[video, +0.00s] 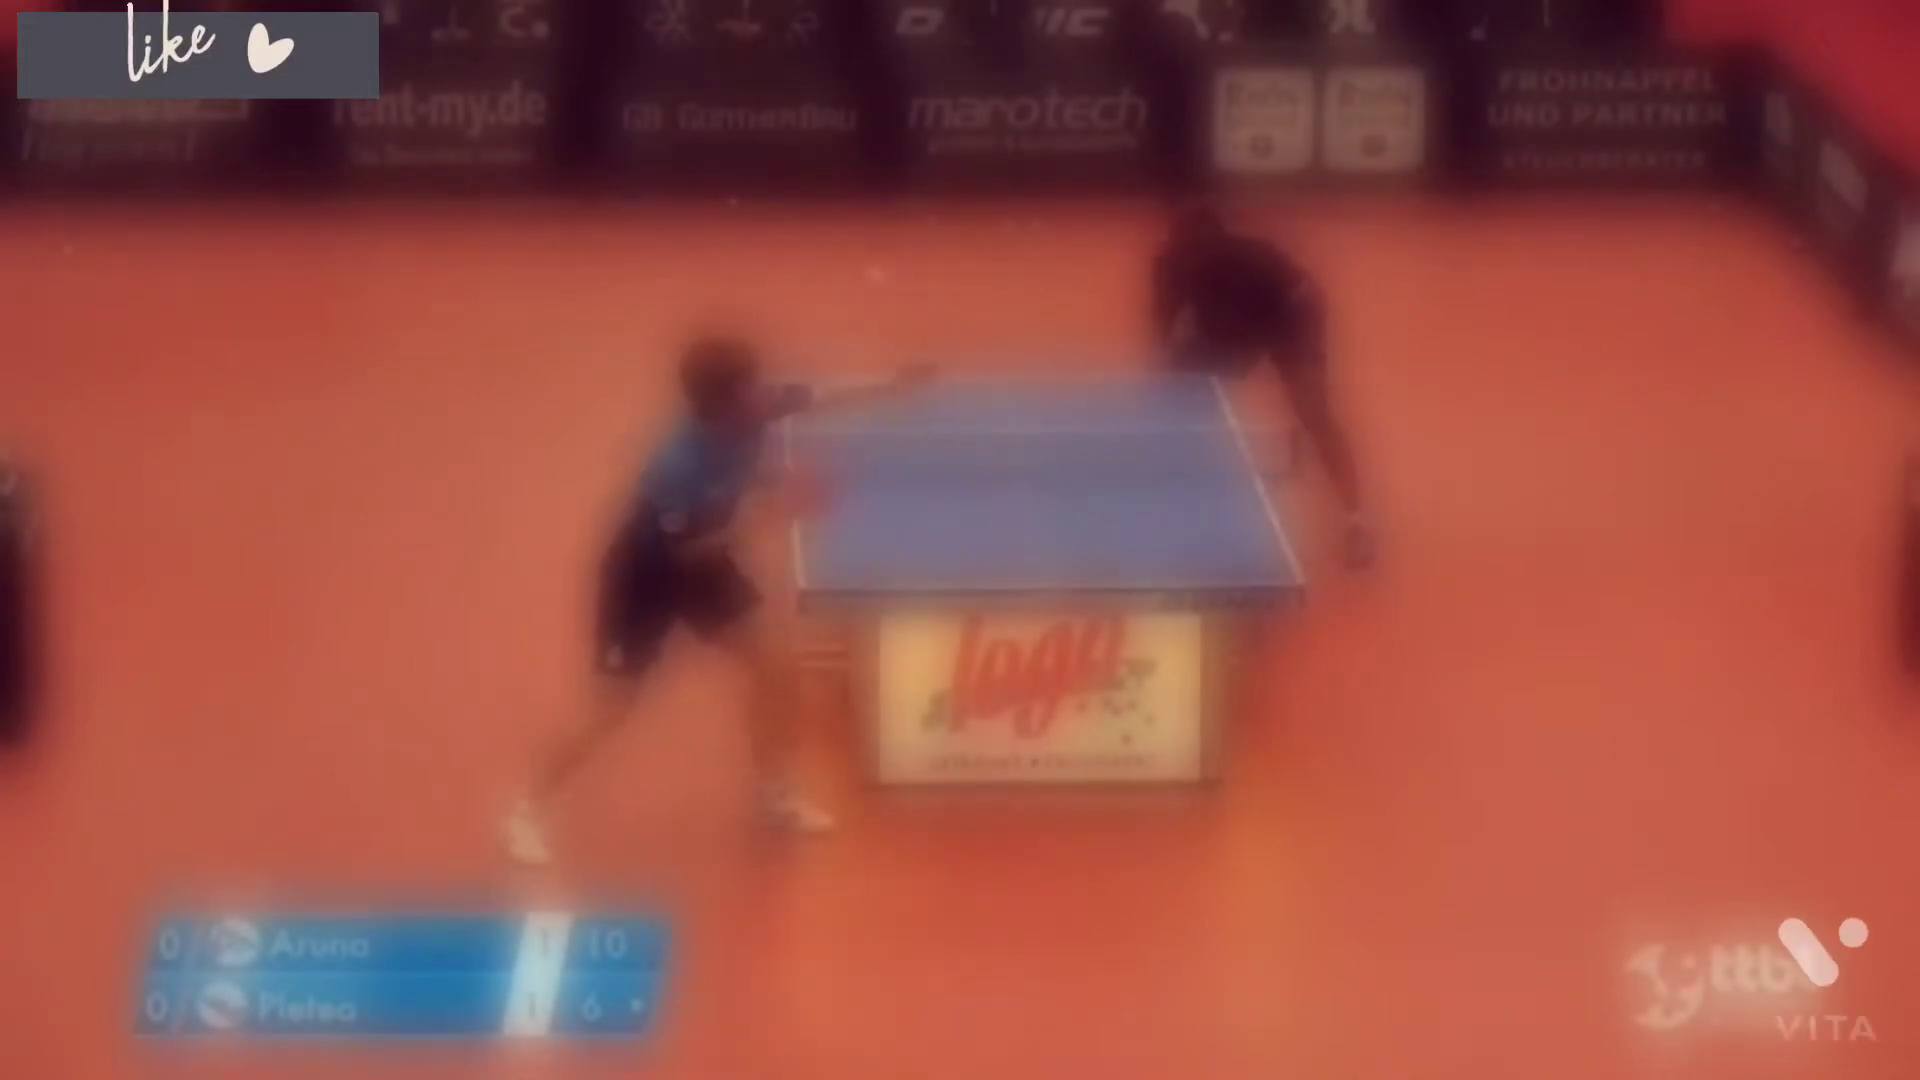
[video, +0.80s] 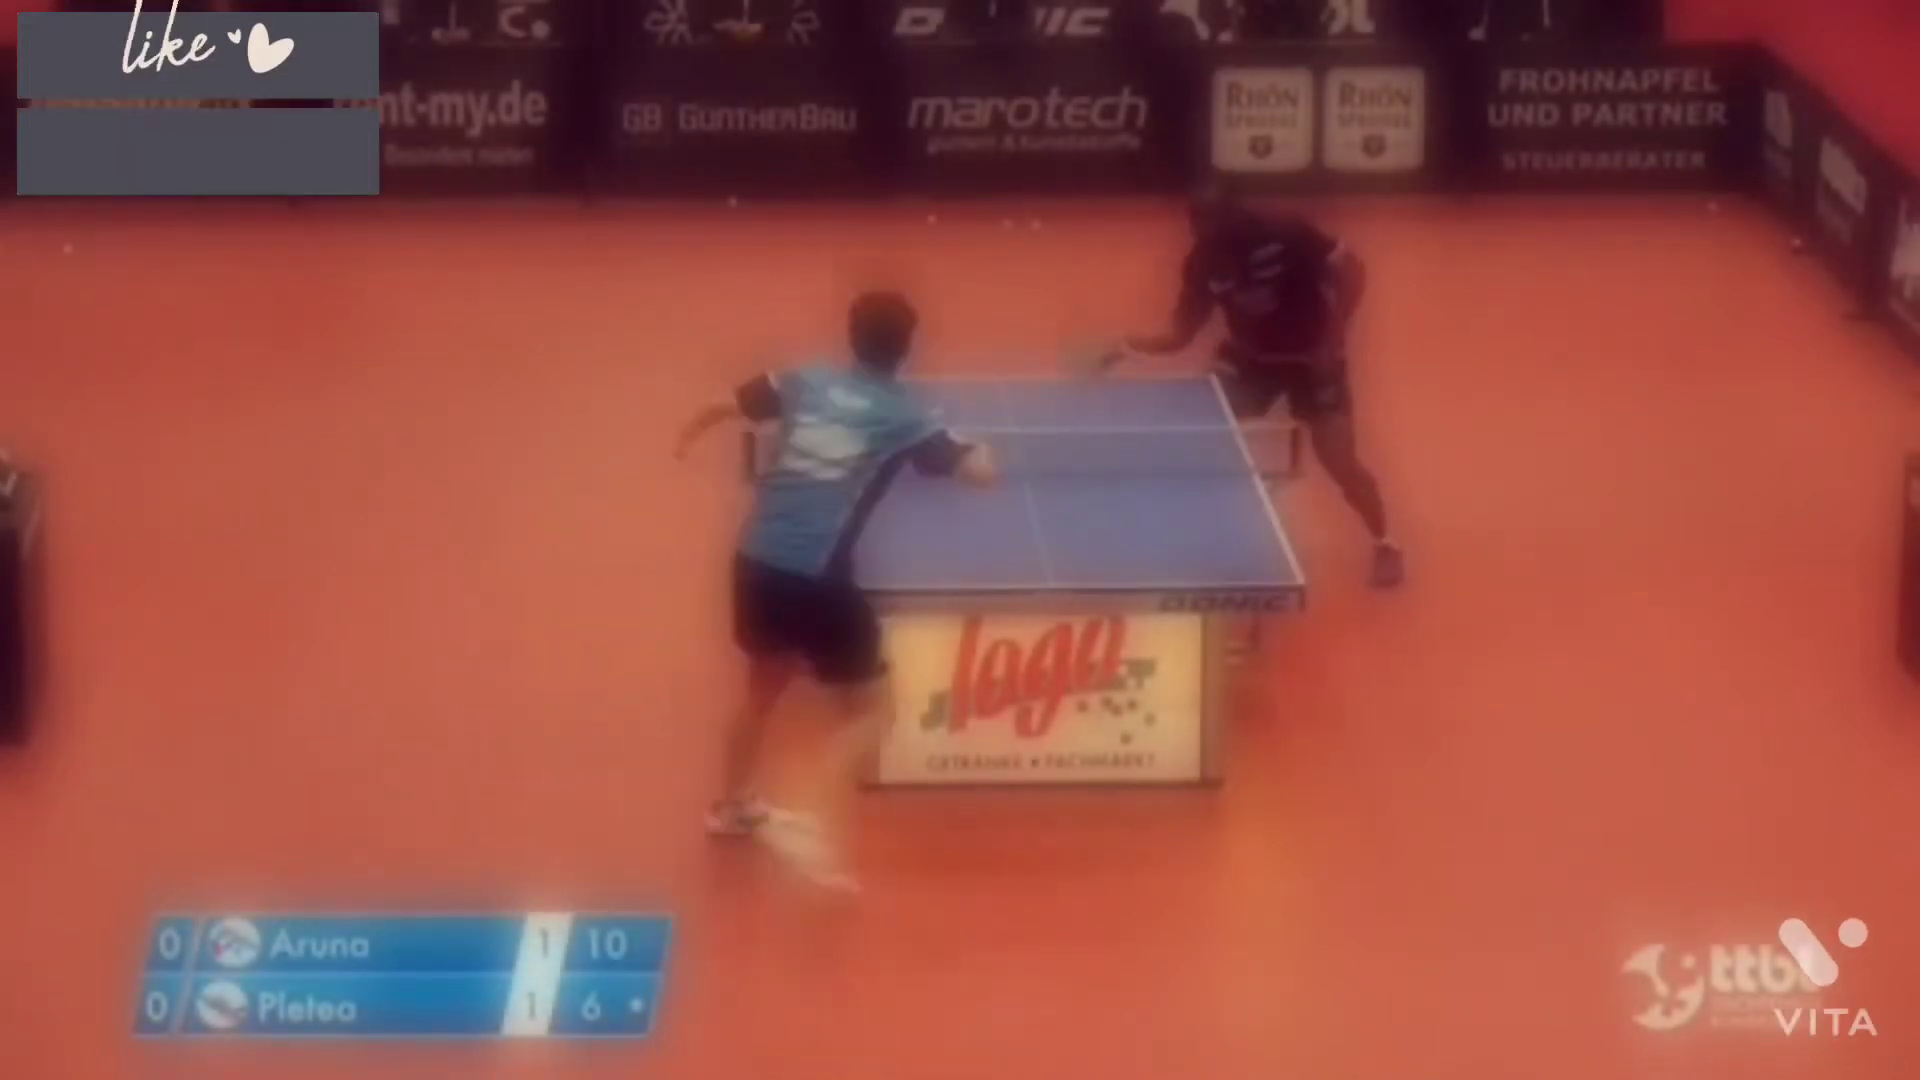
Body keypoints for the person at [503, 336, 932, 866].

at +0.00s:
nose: (754, 397)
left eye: (752, 386)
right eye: (744, 390)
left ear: (745, 392)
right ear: (716, 397)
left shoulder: (749, 417)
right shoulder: (685, 458)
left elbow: (814, 400)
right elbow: (685, 544)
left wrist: (891, 391)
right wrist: (766, 505)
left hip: (702, 560)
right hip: (644, 569)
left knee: (771, 662)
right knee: (614, 703)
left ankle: (776, 792)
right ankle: (531, 807)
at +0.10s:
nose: (743, 397)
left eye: (740, 386)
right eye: (732, 389)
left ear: (736, 386)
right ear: (704, 396)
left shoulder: (734, 420)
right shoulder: (662, 455)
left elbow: (797, 397)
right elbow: (629, 544)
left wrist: (879, 395)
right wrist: (710, 551)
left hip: (688, 563)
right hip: (626, 570)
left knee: (755, 665)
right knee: (595, 699)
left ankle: (772, 793)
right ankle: (524, 811)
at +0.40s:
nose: (777, 477)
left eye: (782, 467)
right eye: (772, 466)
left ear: (773, 457)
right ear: (749, 454)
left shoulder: (748, 469)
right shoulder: (687, 467)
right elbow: (601, 510)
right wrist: (668, 530)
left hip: (685, 562)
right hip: (622, 563)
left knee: (763, 638)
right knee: (591, 699)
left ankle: (712, 743)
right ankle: (520, 811)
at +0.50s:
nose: (832, 493)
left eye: (840, 484)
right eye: (835, 482)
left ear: (824, 456)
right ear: (818, 468)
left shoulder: (784, 454)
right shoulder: (755, 470)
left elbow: (752, 433)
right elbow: (678, 482)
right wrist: (718, 516)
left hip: (699, 576)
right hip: (644, 579)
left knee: (766, 673)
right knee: (614, 717)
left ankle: (732, 798)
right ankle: (528, 812)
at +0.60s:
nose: (876, 453)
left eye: (882, 442)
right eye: (877, 443)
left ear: (841, 416)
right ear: (862, 441)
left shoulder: (797, 430)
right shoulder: (787, 461)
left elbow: (742, 422)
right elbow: (776, 495)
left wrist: (679, 423)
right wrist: (822, 518)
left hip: (723, 582)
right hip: (670, 587)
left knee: (782, 681)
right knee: (660, 732)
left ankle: (732, 799)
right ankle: (548, 798)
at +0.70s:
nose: (891, 384)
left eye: (890, 372)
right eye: (890, 374)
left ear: (840, 364)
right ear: (883, 380)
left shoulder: (791, 398)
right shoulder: (848, 439)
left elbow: (724, 403)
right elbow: (897, 477)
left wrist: (659, 406)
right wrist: (934, 474)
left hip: (716, 570)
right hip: (746, 587)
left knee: (777, 697)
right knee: (775, 723)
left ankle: (736, 801)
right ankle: (641, 782)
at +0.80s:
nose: (901, 346)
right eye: (904, 337)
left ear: (853, 336)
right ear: (906, 345)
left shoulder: (809, 384)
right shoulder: (901, 413)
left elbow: (741, 403)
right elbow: (967, 467)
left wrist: (695, 427)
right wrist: (981, 455)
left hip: (757, 563)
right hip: (817, 575)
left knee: (765, 678)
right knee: (867, 706)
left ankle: (732, 802)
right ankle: (807, 818)